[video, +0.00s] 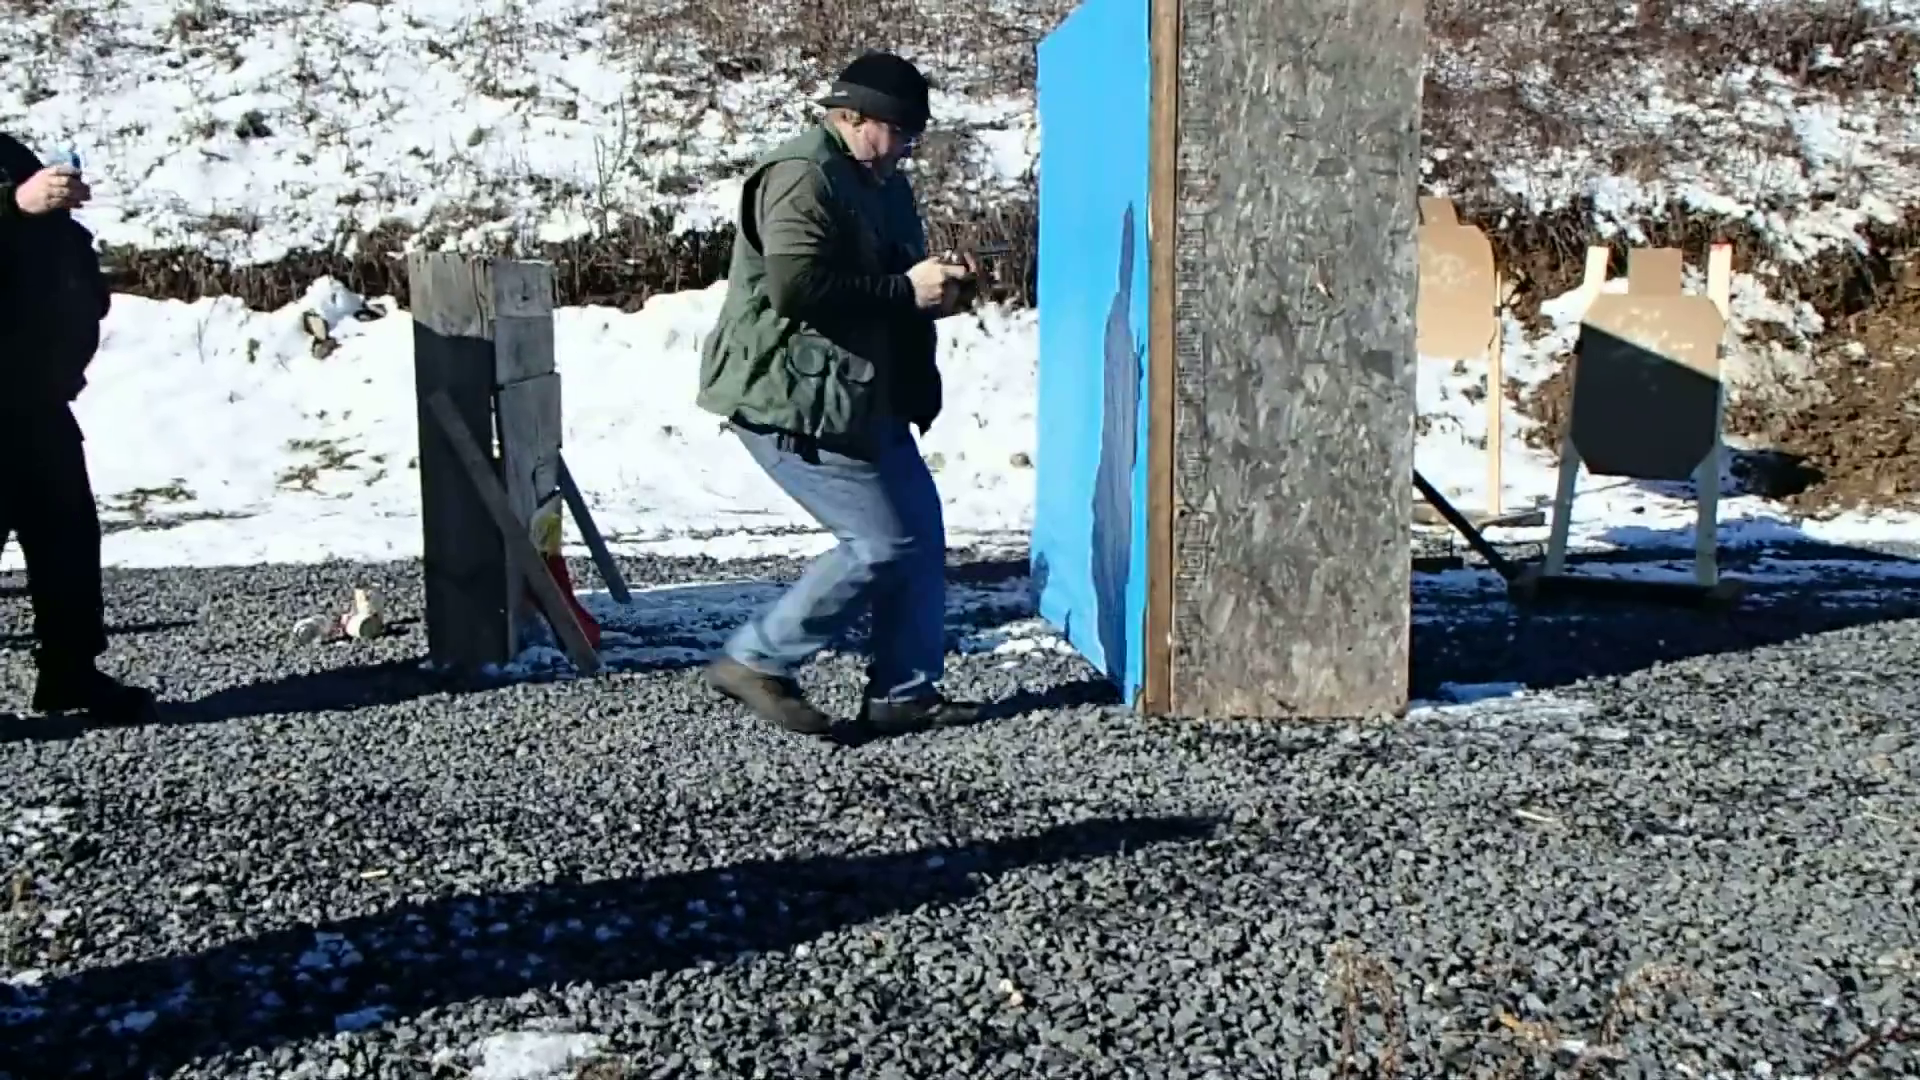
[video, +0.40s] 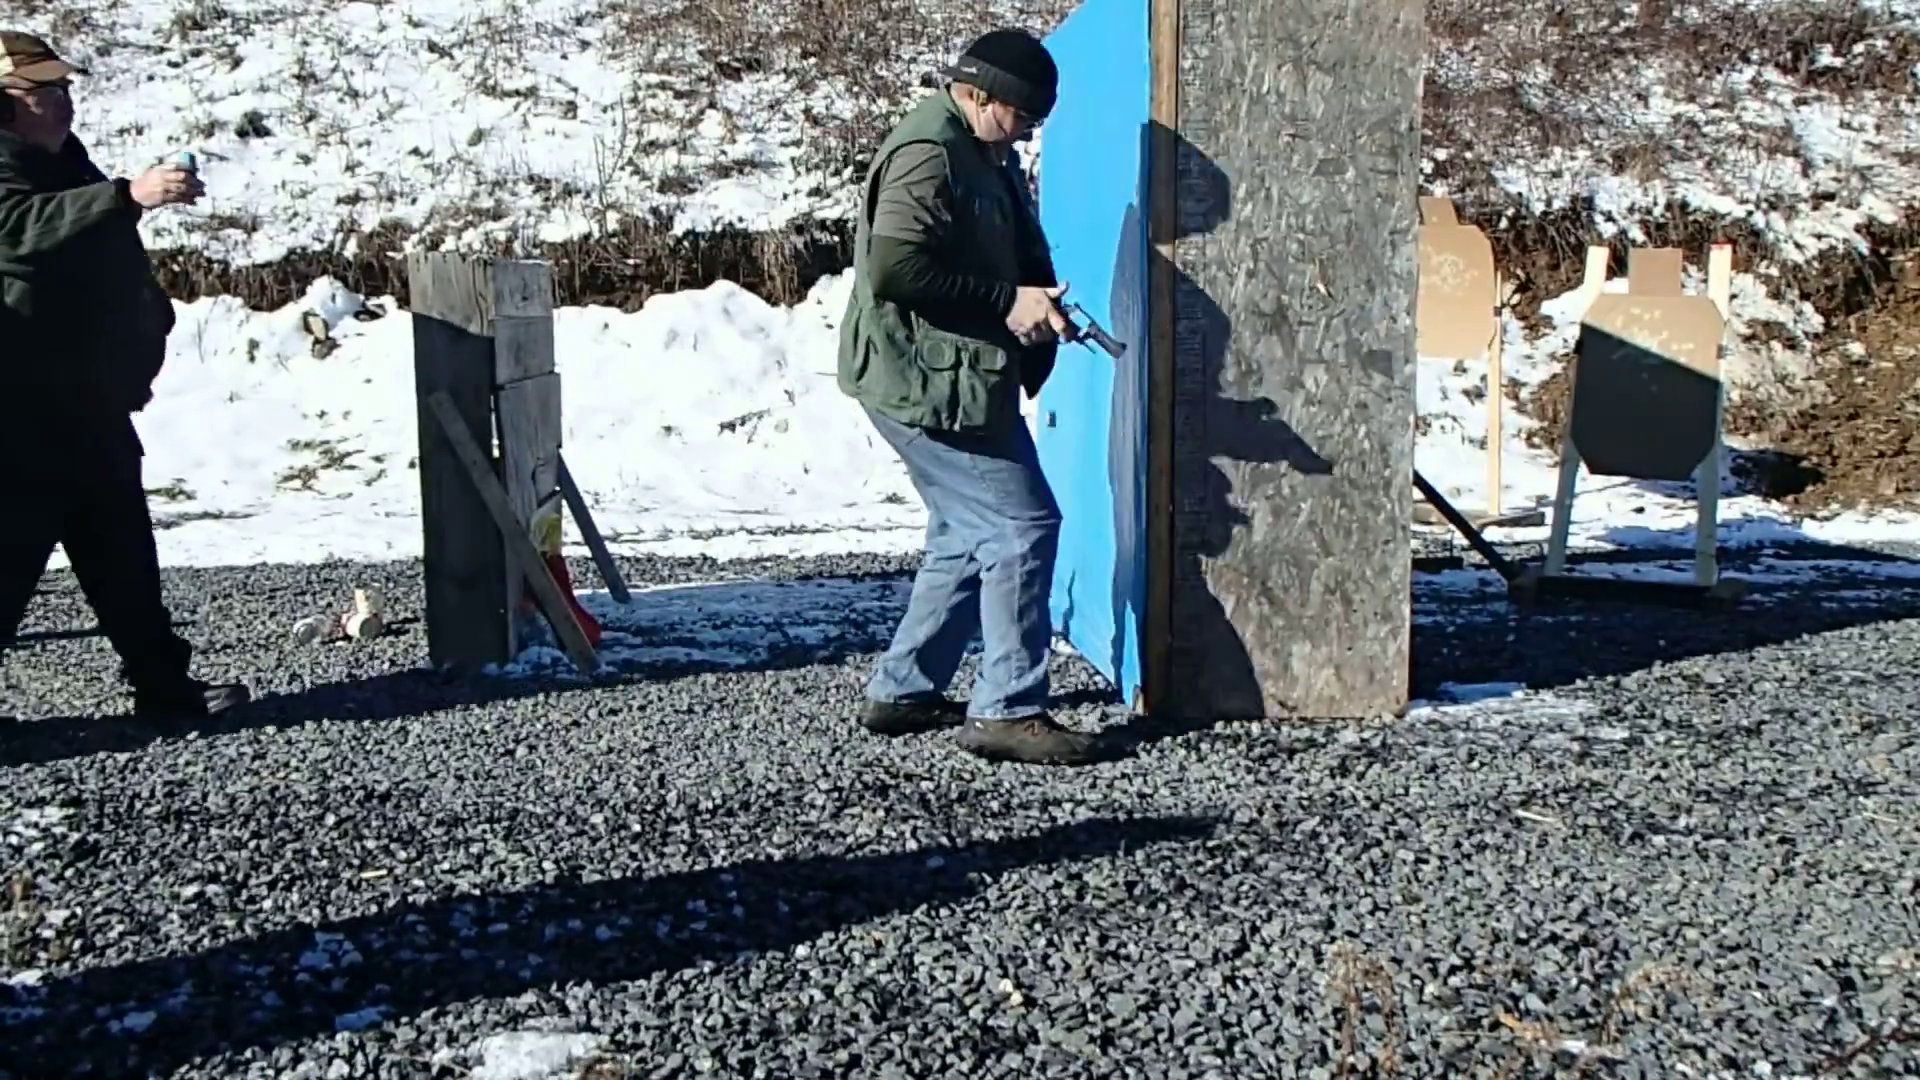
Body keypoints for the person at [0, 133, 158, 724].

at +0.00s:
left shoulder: (20, 166)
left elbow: (80, 284)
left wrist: (60, 372)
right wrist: (19, 203)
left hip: (33, 398)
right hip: (19, 402)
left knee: (67, 532)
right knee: (62, 532)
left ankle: (69, 672)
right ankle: (66, 674)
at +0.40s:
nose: (66, 103)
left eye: (66, 90)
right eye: (51, 92)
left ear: (44, 99)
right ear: (12, 103)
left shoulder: (75, 168)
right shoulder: (4, 168)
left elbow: (131, 278)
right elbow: (19, 232)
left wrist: (138, 361)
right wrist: (126, 196)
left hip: (93, 405)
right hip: (28, 412)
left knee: (123, 560)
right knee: (12, 569)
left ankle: (165, 692)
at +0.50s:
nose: (97, 104)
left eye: (95, 91)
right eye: (81, 94)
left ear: (79, 100)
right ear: (41, 103)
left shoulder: (101, 164)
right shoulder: (15, 164)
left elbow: (146, 266)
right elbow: (47, 236)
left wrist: (179, 327)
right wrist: (161, 190)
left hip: (124, 399)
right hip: (51, 405)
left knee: (146, 551)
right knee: (30, 561)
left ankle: (172, 691)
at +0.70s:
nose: (157, 100)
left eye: (156, 88)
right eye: (144, 90)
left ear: (138, 95)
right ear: (108, 97)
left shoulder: (156, 159)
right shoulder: (75, 160)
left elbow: (196, 263)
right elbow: (111, 227)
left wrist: (239, 312)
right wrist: (215, 187)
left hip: (180, 383)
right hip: (112, 389)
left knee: (193, 540)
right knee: (142, 538)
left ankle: (176, 697)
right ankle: (43, 653)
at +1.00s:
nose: (234, 102)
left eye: (235, 89)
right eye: (219, 90)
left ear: (230, 90)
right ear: (179, 93)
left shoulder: (226, 161)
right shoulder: (147, 160)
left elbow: (258, 263)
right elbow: (175, 235)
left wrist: (304, 323)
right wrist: (273, 199)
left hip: (235, 383)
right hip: (180, 391)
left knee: (208, 533)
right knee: (249, 530)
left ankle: (174, 682)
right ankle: (302, 686)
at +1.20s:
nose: (283, 106)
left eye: (283, 94)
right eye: (270, 95)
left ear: (259, 98)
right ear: (232, 100)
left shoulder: (267, 161)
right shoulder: (198, 167)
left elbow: (282, 266)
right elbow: (221, 254)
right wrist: (320, 206)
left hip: (283, 390)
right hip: (240, 398)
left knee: (252, 539)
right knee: (301, 540)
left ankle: (179, 678)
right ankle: (360, 696)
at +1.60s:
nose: (398, 85)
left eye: (395, 72)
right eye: (383, 73)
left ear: (365, 84)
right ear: (342, 83)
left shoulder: (380, 148)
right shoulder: (304, 161)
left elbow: (410, 249)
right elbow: (324, 266)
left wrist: (456, 253)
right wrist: (426, 234)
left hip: (402, 378)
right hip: (338, 385)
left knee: (420, 525)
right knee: (373, 536)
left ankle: (300, 630)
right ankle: (380, 708)